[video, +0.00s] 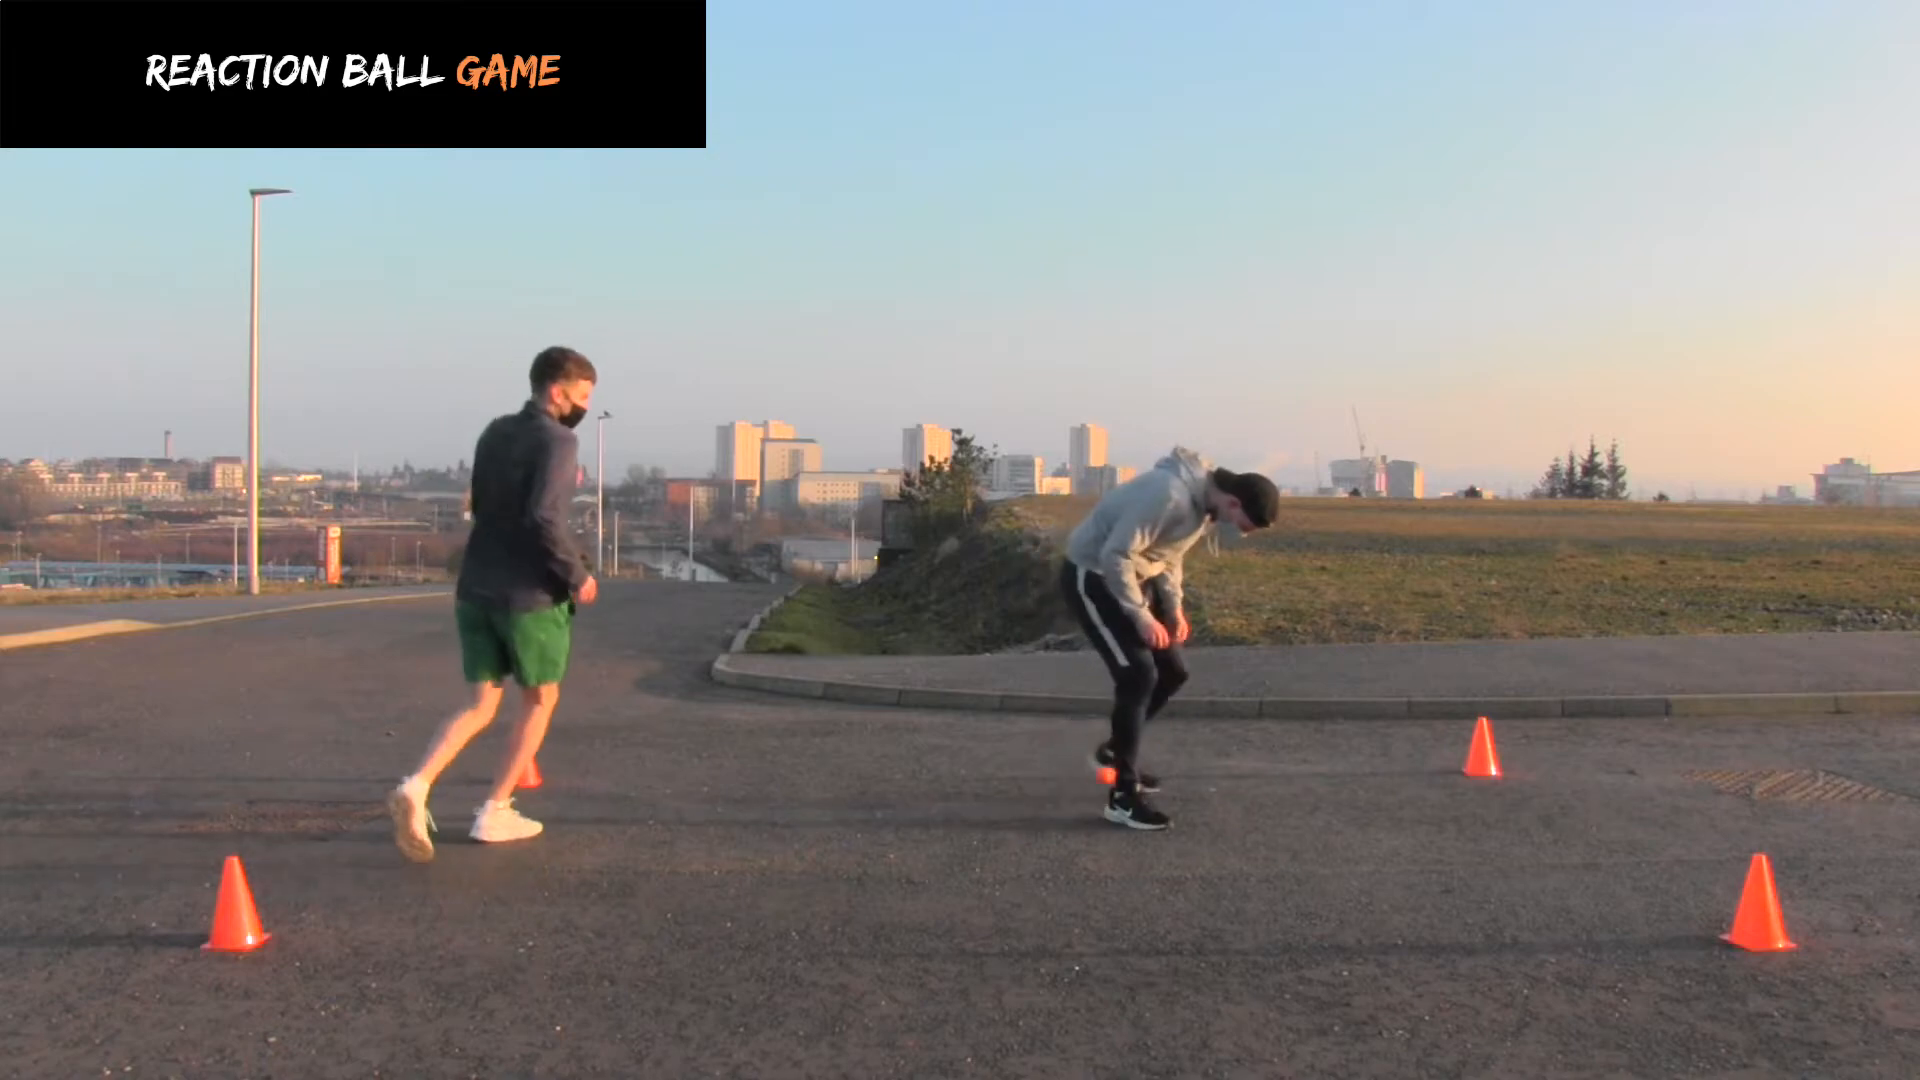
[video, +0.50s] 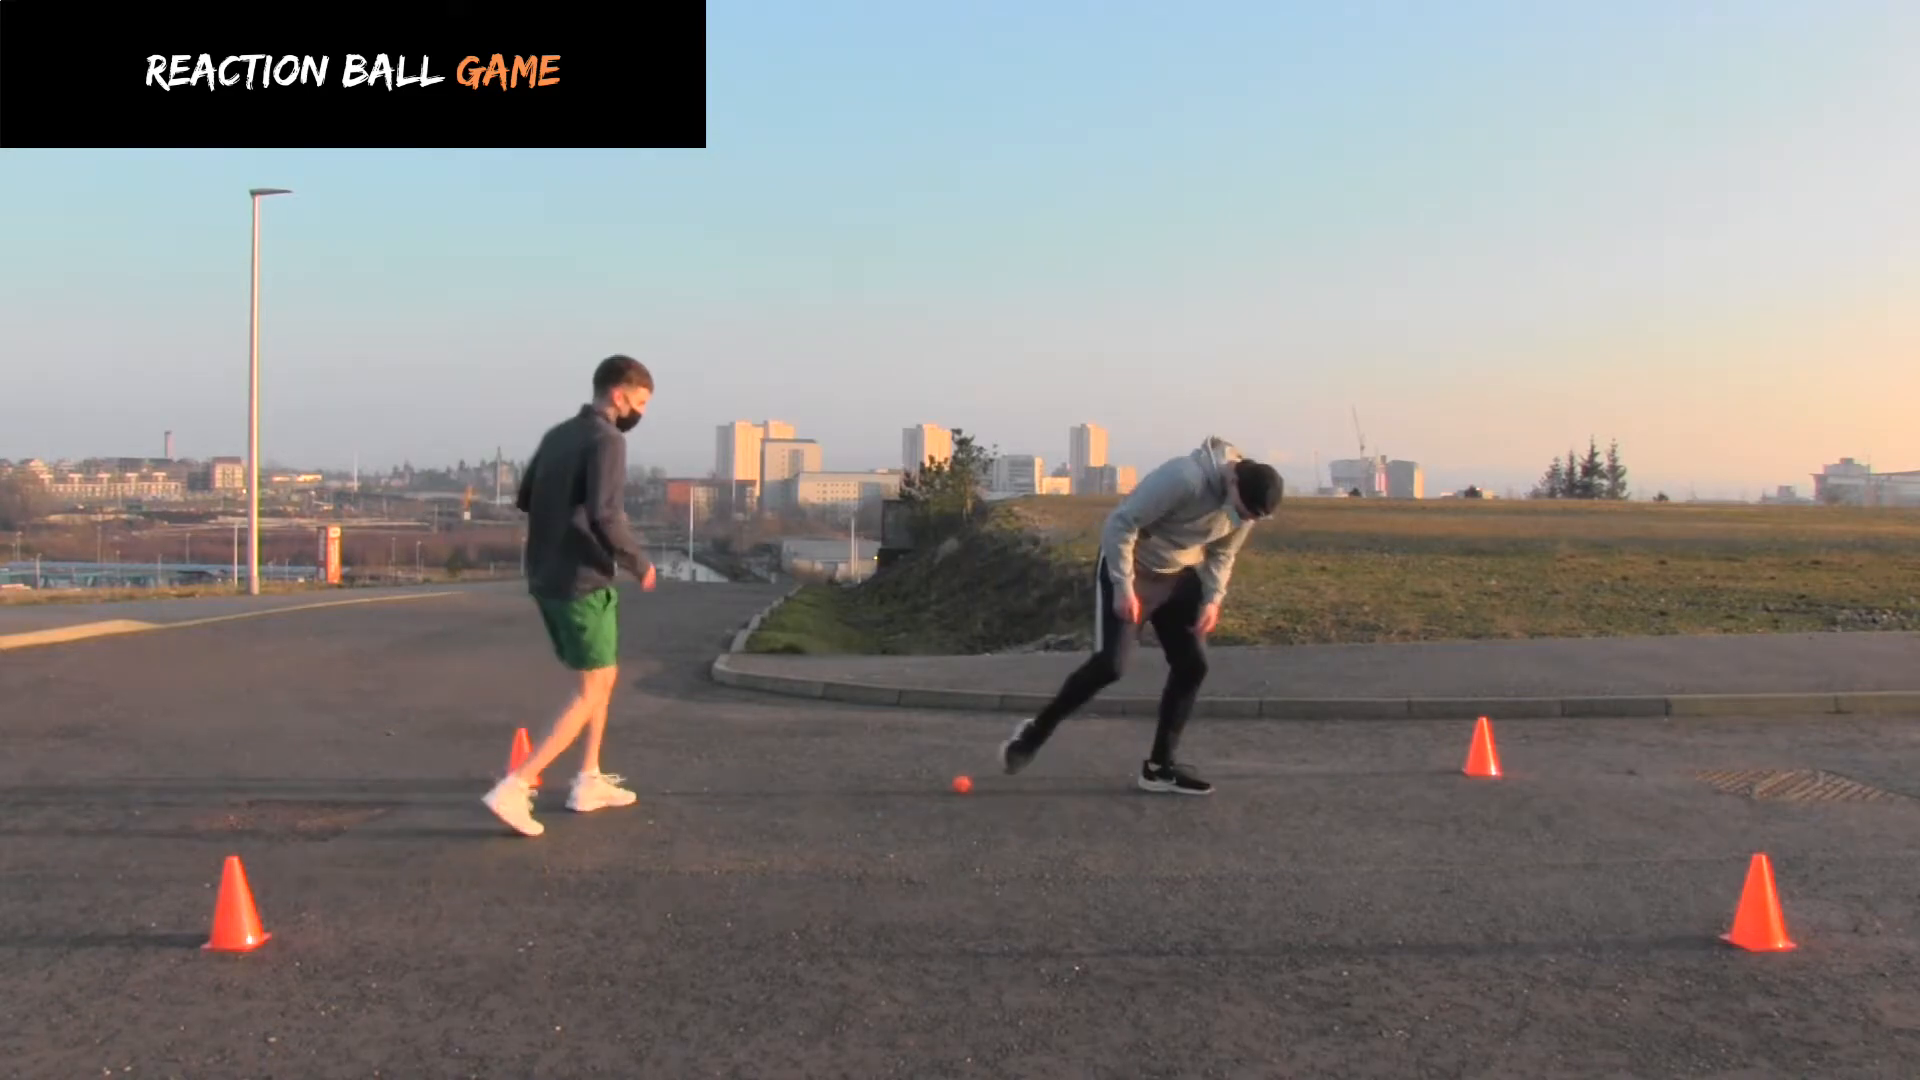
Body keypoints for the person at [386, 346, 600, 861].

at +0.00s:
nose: (586, 408)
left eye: (589, 398)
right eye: (583, 397)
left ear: (544, 391)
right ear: (557, 389)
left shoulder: (495, 432)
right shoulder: (558, 441)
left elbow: (481, 506)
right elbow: (544, 516)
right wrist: (578, 576)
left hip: (477, 586)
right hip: (530, 593)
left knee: (481, 703)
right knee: (540, 697)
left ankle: (415, 787)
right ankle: (496, 812)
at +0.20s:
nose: (609, 406)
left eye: (612, 397)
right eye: (606, 395)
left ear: (567, 386)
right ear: (582, 386)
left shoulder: (516, 427)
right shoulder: (576, 439)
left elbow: (476, 488)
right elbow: (569, 519)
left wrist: (532, 506)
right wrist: (613, 557)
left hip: (509, 582)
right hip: (550, 587)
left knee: (537, 686)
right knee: (555, 690)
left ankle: (481, 784)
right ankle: (497, 806)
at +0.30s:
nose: (620, 398)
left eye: (623, 389)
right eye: (617, 387)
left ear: (579, 377)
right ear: (594, 377)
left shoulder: (527, 417)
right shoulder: (586, 426)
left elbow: (483, 470)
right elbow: (580, 505)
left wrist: (533, 492)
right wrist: (619, 532)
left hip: (519, 569)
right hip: (558, 574)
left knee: (551, 677)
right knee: (556, 680)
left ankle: (533, 784)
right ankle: (502, 798)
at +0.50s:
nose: (642, 413)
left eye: (645, 404)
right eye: (640, 402)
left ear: (605, 392)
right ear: (618, 393)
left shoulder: (560, 434)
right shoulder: (607, 440)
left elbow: (527, 498)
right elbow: (604, 514)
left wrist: (576, 521)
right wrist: (639, 563)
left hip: (552, 580)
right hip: (584, 584)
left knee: (604, 675)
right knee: (594, 691)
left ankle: (589, 780)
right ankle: (514, 787)